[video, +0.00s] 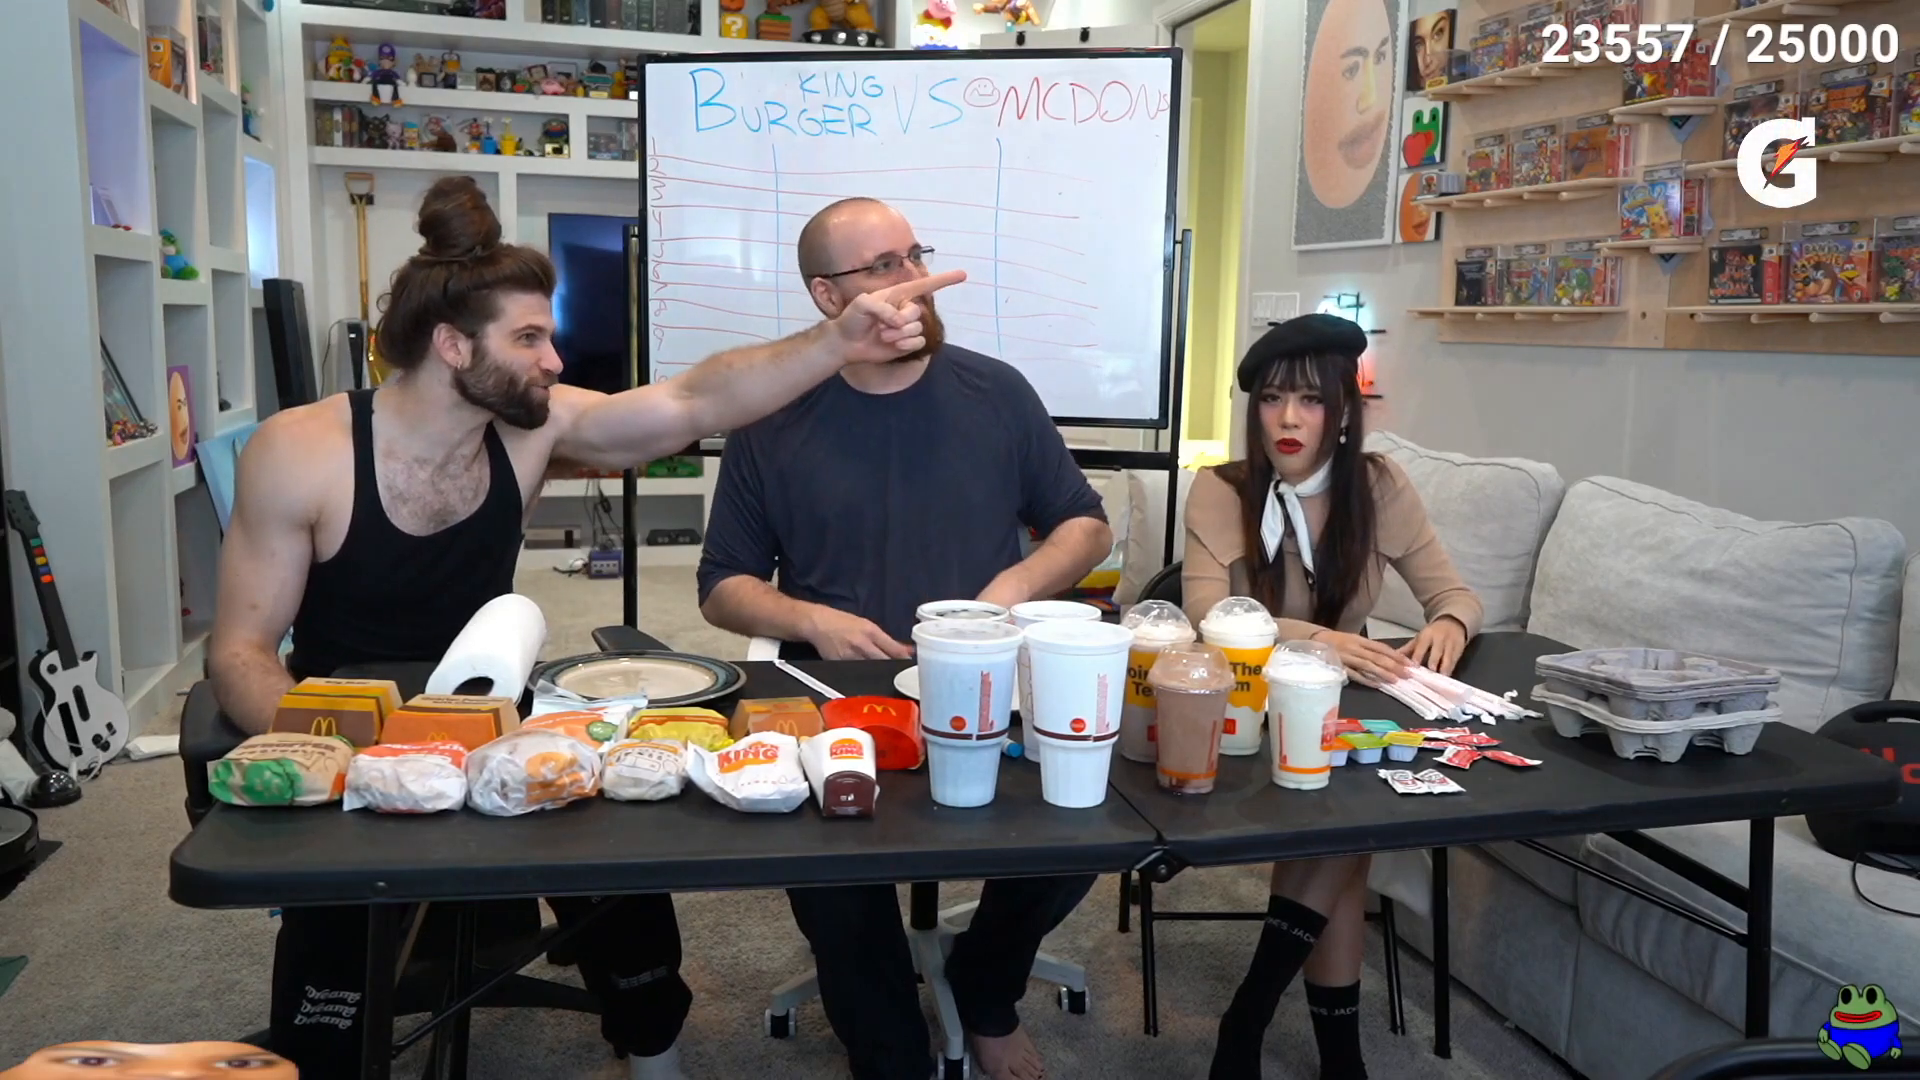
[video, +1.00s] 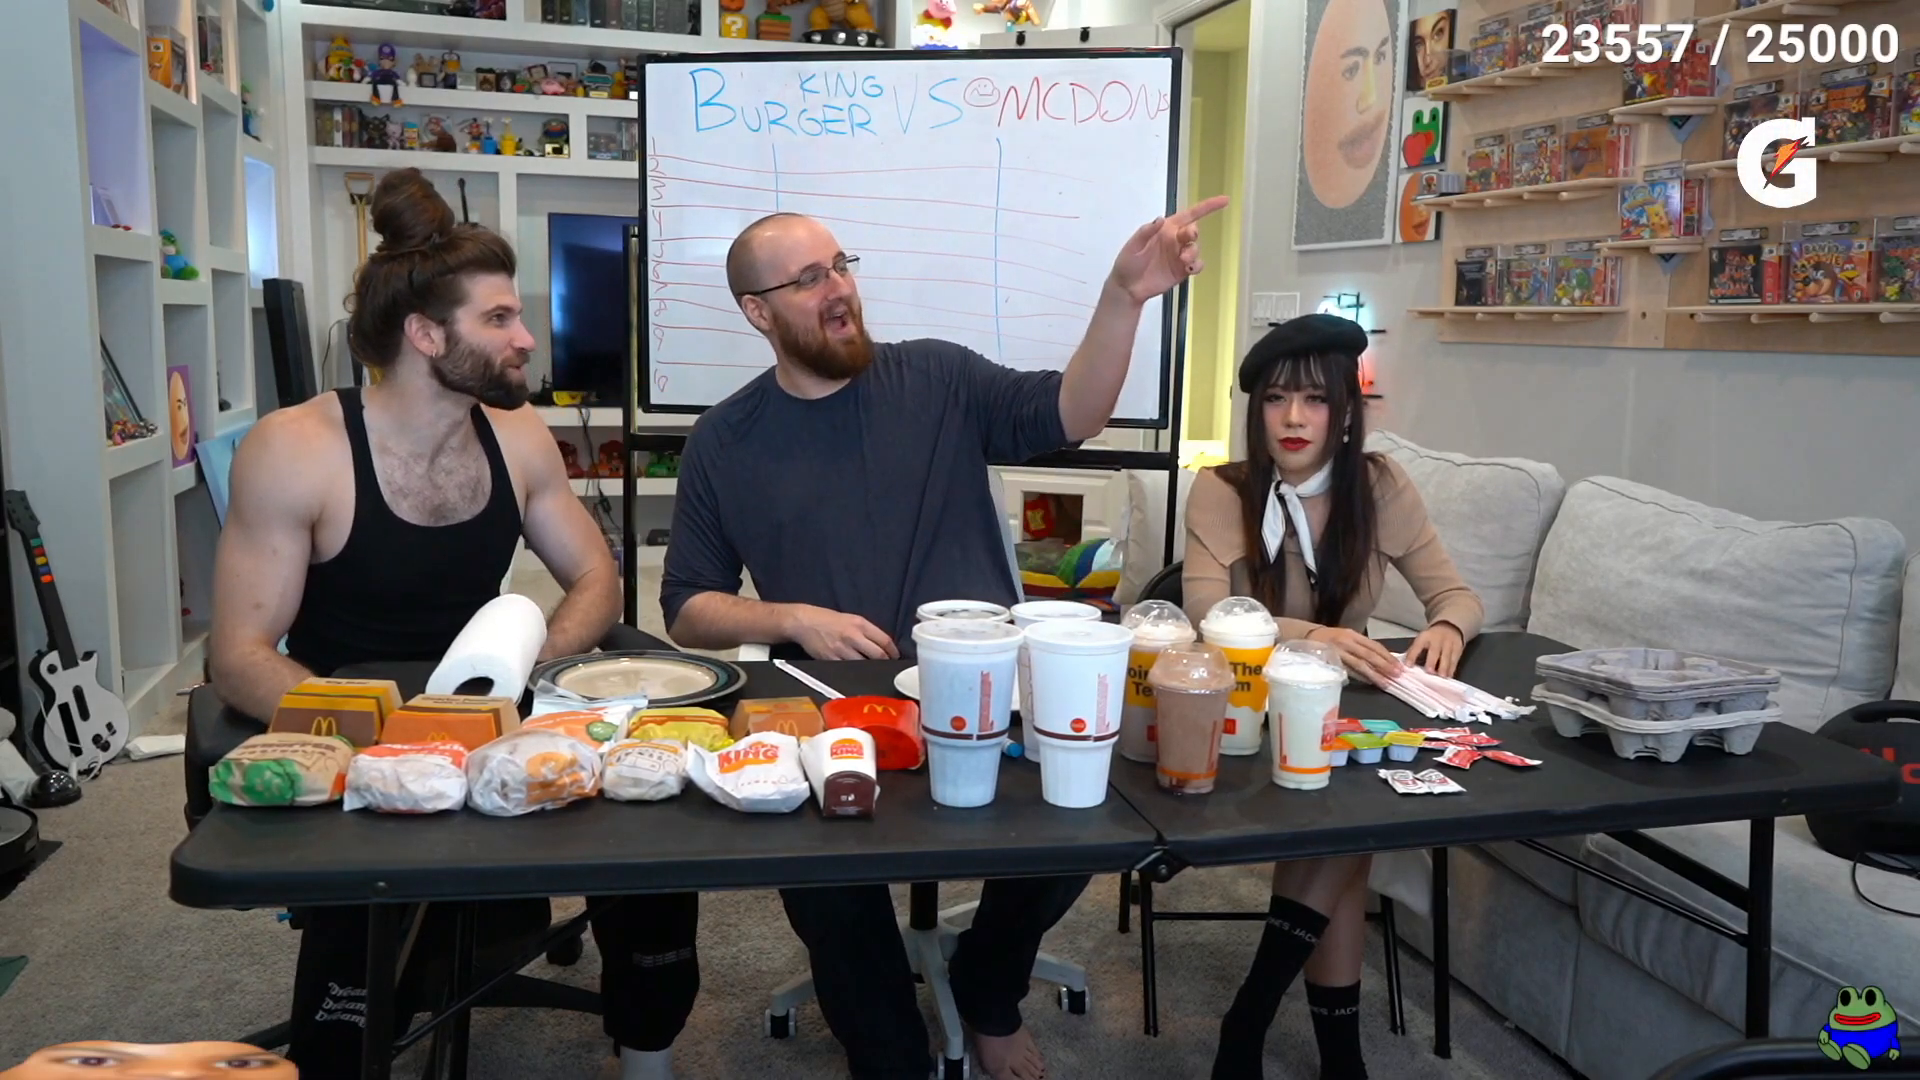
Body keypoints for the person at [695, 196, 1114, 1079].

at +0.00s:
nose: (909, 284)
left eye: (913, 260)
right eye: (877, 270)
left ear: (932, 267)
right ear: (825, 298)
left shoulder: (997, 394)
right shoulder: (771, 427)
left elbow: (1086, 525)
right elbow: (722, 585)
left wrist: (1020, 582)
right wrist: (811, 619)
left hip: (986, 697)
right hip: (835, 704)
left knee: (1074, 832)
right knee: (827, 865)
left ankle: (981, 992)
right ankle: (897, 1061)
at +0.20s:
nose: (896, 280)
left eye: (897, 258)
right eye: (865, 268)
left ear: (912, 266)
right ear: (811, 300)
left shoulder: (981, 389)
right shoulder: (762, 428)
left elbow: (1093, 518)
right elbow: (708, 590)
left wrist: (1017, 569)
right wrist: (817, 624)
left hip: (985, 695)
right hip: (836, 705)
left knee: (1077, 827)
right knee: (828, 864)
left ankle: (980, 995)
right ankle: (895, 1062)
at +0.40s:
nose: (880, 279)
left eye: (880, 258)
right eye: (849, 270)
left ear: (892, 265)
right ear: (795, 305)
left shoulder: (964, 383)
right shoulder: (755, 426)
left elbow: (1093, 512)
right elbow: (700, 595)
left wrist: (1044, 451)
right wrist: (809, 622)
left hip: (990, 687)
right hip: (836, 699)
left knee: (1075, 825)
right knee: (822, 858)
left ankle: (982, 991)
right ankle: (895, 1061)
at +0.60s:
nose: (862, 284)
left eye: (863, 262)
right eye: (831, 274)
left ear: (874, 267)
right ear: (777, 307)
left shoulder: (954, 378)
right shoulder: (733, 434)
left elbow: (1082, 419)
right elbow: (692, 605)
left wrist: (1122, 291)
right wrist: (802, 620)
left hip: (982, 695)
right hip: (831, 710)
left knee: (1076, 821)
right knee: (821, 863)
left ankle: (985, 988)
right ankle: (896, 1059)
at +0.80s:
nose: (844, 283)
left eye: (843, 262)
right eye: (812, 276)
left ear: (858, 268)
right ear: (760, 312)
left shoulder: (942, 374)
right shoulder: (725, 441)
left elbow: (1075, 405)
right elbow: (690, 610)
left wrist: (1127, 281)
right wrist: (793, 619)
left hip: (984, 694)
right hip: (831, 712)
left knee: (1076, 822)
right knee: (820, 872)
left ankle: (987, 991)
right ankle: (897, 1062)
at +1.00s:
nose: (840, 288)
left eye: (841, 267)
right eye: (809, 279)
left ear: (856, 274)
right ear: (757, 313)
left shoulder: (937, 376)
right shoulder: (724, 442)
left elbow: (1073, 413)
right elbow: (687, 609)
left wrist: (1124, 294)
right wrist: (792, 619)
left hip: (978, 692)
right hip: (825, 710)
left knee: (1072, 824)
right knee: (818, 870)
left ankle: (986, 990)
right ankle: (897, 1062)